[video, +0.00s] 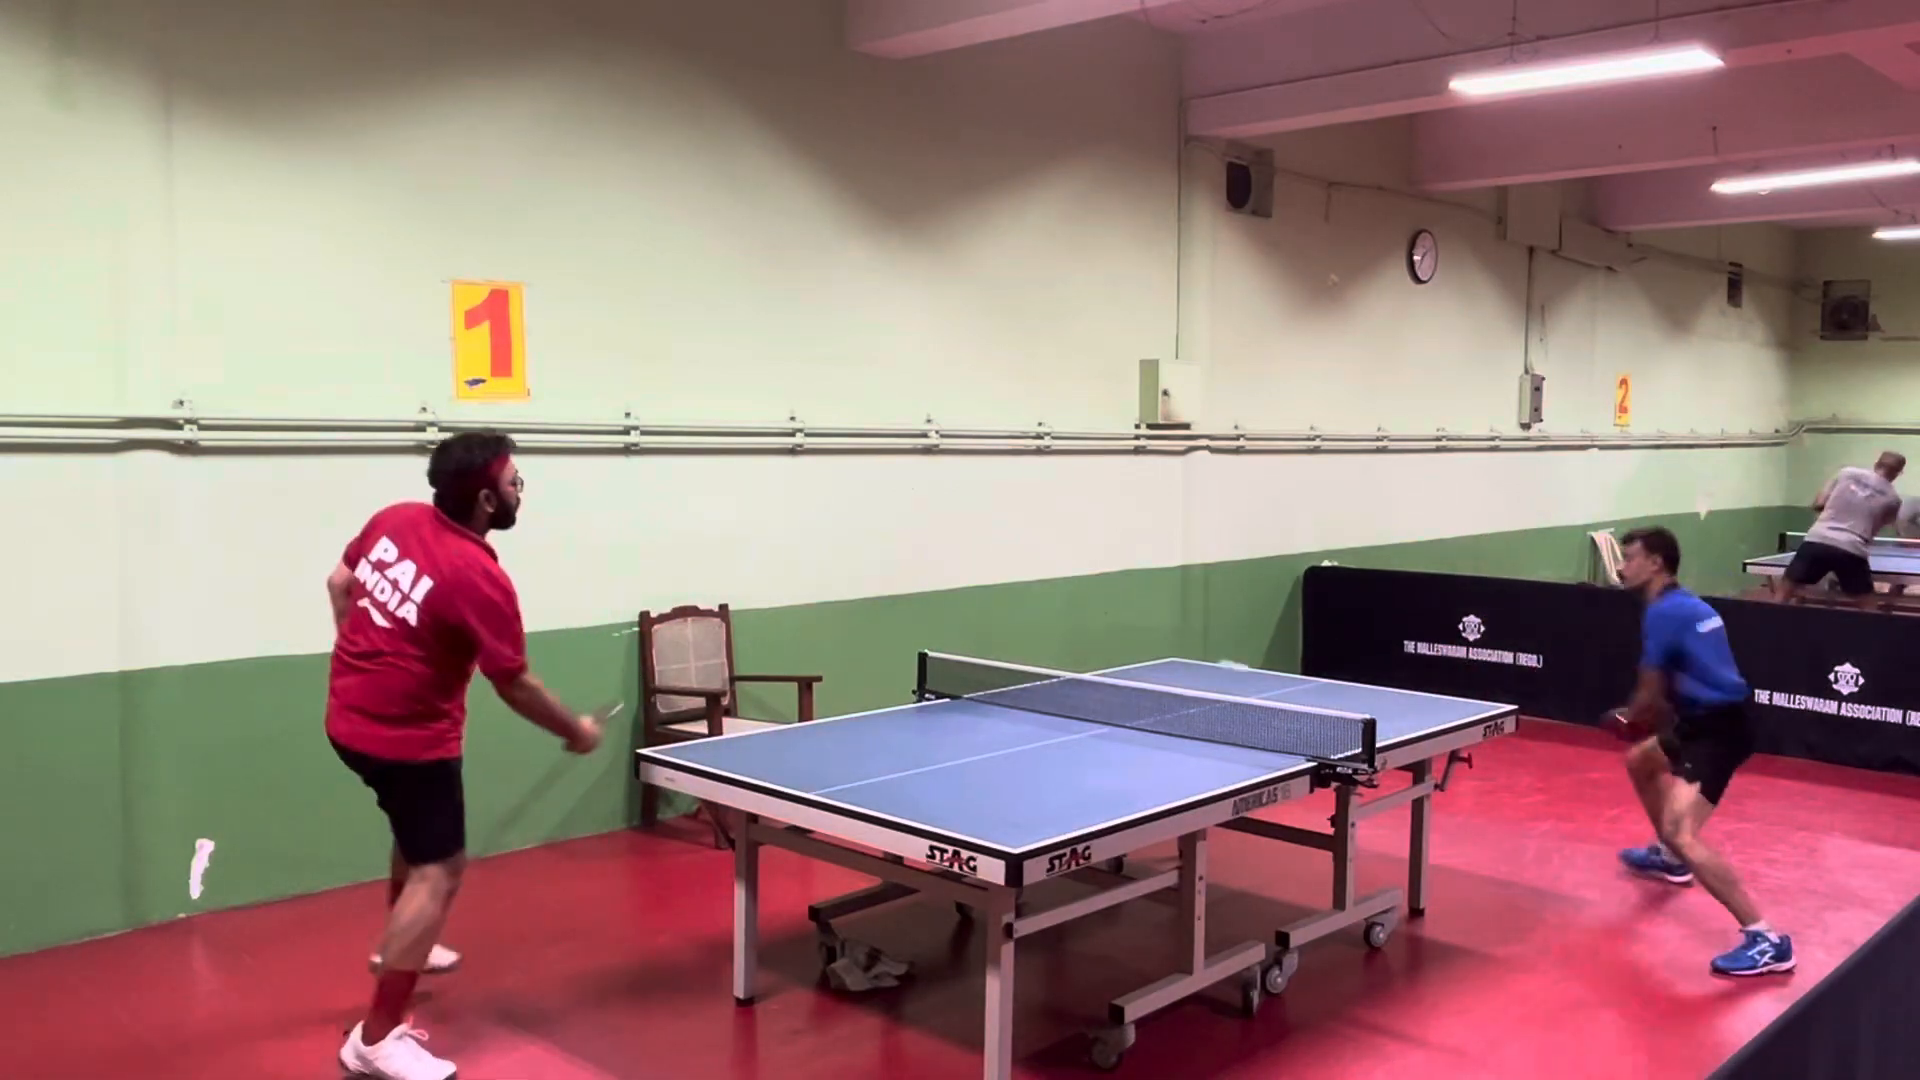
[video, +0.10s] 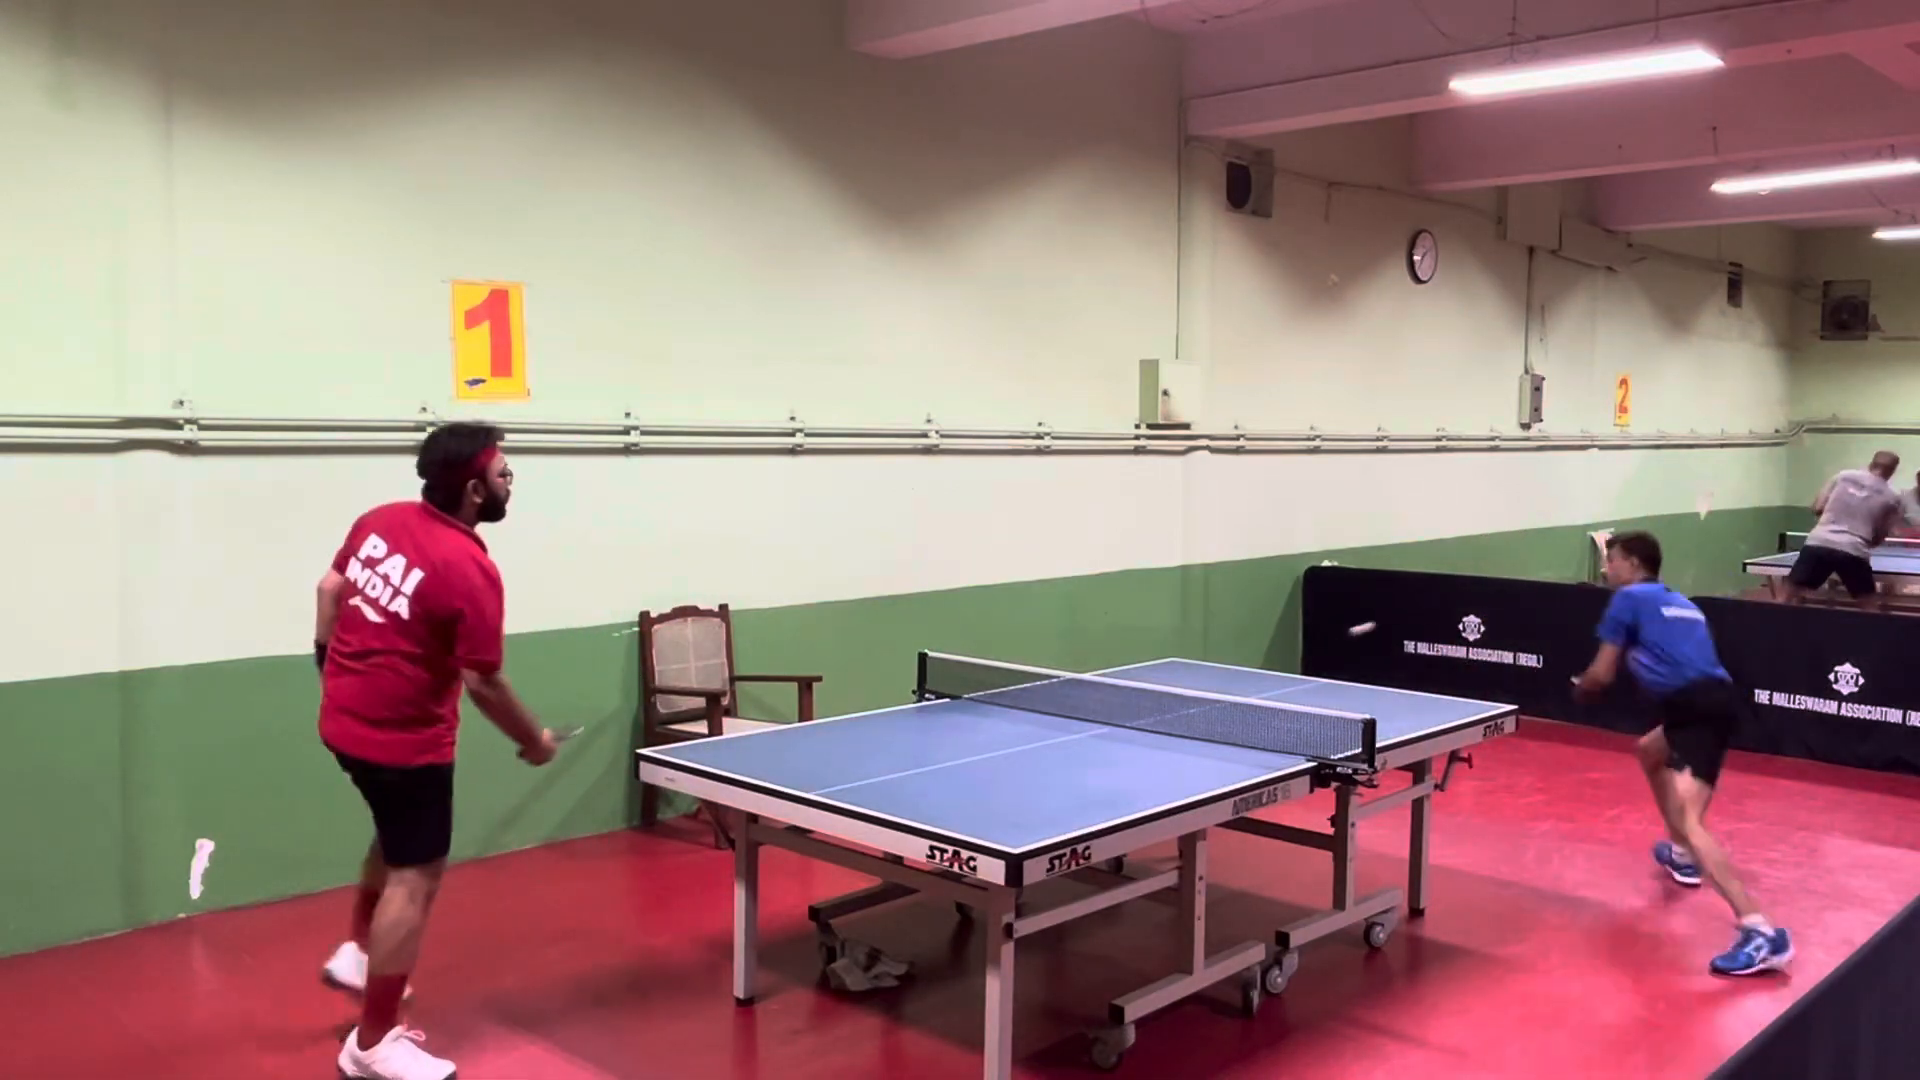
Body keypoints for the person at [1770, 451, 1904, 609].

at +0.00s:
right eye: (1898, 472)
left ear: (1876, 463)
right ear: (1898, 473)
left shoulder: (1846, 473)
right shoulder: (1893, 500)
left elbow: (1819, 503)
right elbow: (1875, 528)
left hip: (1815, 545)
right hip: (1851, 554)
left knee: (1783, 593)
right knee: (1868, 609)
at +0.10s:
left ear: (1871, 465)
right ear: (1892, 472)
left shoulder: (1843, 476)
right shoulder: (1892, 498)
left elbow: (1818, 507)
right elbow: (1879, 537)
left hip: (1817, 547)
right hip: (1852, 554)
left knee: (1789, 597)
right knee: (1869, 609)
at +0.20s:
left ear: (1861, 466)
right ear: (1883, 473)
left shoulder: (1835, 481)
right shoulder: (1885, 498)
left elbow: (1815, 514)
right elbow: (1885, 541)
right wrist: (1868, 553)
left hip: (1816, 549)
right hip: (1851, 556)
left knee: (1789, 596)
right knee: (1866, 607)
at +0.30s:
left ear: (1848, 467)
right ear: (1870, 474)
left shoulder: (1822, 485)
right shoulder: (1873, 498)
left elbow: (1807, 519)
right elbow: (1882, 540)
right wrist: (1868, 554)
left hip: (1810, 555)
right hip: (1845, 559)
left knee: (1787, 601)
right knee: (1868, 608)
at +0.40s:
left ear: (1835, 467)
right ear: (1858, 472)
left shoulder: (1811, 484)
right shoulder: (1864, 494)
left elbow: (1795, 520)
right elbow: (1872, 538)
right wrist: (1856, 555)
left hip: (1802, 554)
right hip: (1836, 559)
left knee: (1784, 600)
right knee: (1858, 605)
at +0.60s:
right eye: (1846, 466)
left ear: (1823, 465)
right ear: (1845, 468)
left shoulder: (1799, 482)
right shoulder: (1852, 490)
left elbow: (1781, 517)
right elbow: (1860, 534)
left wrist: (1803, 516)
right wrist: (1854, 544)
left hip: (1793, 553)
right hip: (1828, 556)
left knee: (1773, 602)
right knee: (1850, 607)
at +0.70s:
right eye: (1845, 469)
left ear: (1822, 466)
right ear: (1844, 470)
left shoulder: (1799, 483)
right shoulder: (1851, 491)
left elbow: (1781, 519)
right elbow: (1864, 527)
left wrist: (1801, 517)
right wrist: (1860, 545)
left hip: (1793, 553)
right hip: (1828, 556)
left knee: (1774, 602)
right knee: (1850, 607)